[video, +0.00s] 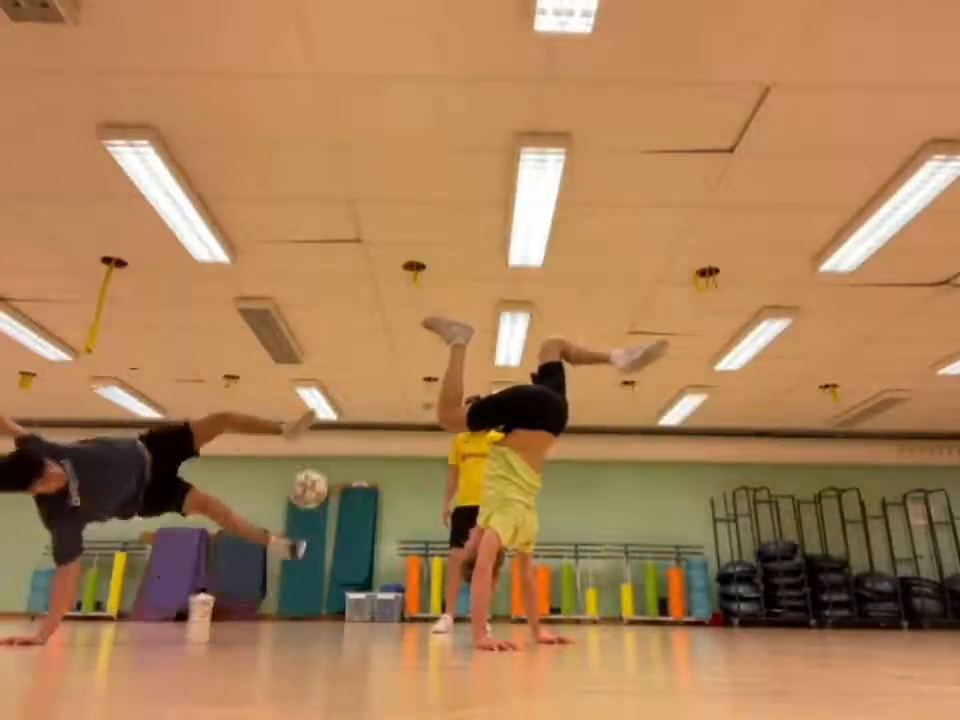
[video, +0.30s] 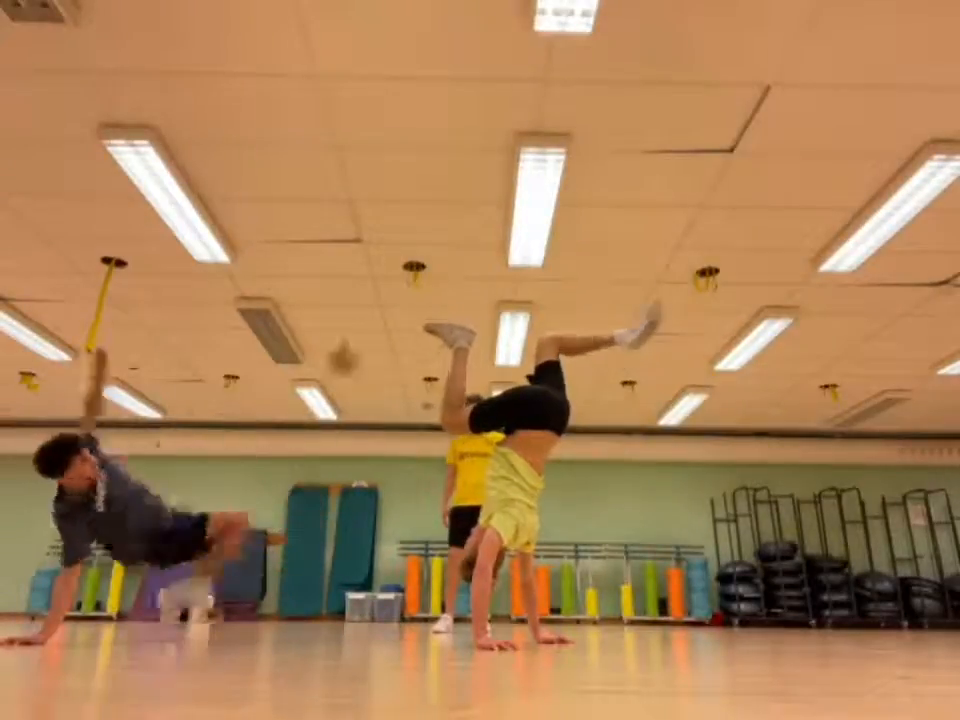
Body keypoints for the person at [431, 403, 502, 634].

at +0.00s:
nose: (472, 416)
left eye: (476, 410)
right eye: (469, 411)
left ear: (488, 413)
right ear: (465, 414)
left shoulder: (498, 438)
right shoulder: (461, 440)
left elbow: (506, 472)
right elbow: (453, 474)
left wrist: (502, 504)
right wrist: (447, 504)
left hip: (492, 505)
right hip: (465, 504)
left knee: (489, 565)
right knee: (456, 557)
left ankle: (485, 617)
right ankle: (449, 613)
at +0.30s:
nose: (469, 418)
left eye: (473, 411)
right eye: (466, 413)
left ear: (485, 413)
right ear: (462, 416)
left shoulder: (498, 440)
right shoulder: (458, 442)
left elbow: (506, 473)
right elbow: (451, 475)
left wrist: (501, 503)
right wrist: (446, 505)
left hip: (491, 504)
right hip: (463, 504)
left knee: (488, 563)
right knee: (456, 558)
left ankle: (484, 616)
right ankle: (448, 613)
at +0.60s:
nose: (472, 415)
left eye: (475, 411)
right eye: (469, 411)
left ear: (482, 414)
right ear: (464, 413)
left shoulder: (493, 438)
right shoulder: (454, 438)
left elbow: (500, 470)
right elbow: (445, 472)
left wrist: (497, 502)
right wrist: (440, 503)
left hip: (484, 503)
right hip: (457, 503)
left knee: (485, 560)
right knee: (448, 556)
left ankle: (483, 615)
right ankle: (444, 610)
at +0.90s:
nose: (454, 409)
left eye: (458, 405)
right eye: (450, 405)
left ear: (464, 409)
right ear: (443, 410)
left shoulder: (475, 437)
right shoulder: (434, 437)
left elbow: (484, 470)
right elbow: (427, 473)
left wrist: (487, 503)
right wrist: (422, 506)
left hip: (469, 503)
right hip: (439, 503)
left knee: (474, 553)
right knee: (426, 552)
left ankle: (479, 606)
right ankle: (425, 605)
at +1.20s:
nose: (419, 400)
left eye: (423, 395)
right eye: (414, 396)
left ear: (430, 401)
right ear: (408, 403)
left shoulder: (440, 430)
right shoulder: (400, 433)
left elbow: (454, 468)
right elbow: (394, 470)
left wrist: (453, 502)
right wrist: (389, 502)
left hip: (433, 500)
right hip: (405, 500)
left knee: (443, 556)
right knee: (396, 554)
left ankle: (458, 600)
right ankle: (401, 612)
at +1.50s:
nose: (392, 389)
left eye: (396, 385)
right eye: (387, 385)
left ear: (402, 391)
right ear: (380, 391)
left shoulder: (414, 419)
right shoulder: (373, 424)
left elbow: (427, 455)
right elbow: (366, 460)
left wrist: (427, 492)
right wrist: (355, 491)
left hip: (407, 490)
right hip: (382, 492)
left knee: (389, 544)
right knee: (390, 551)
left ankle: (377, 606)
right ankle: (397, 611)